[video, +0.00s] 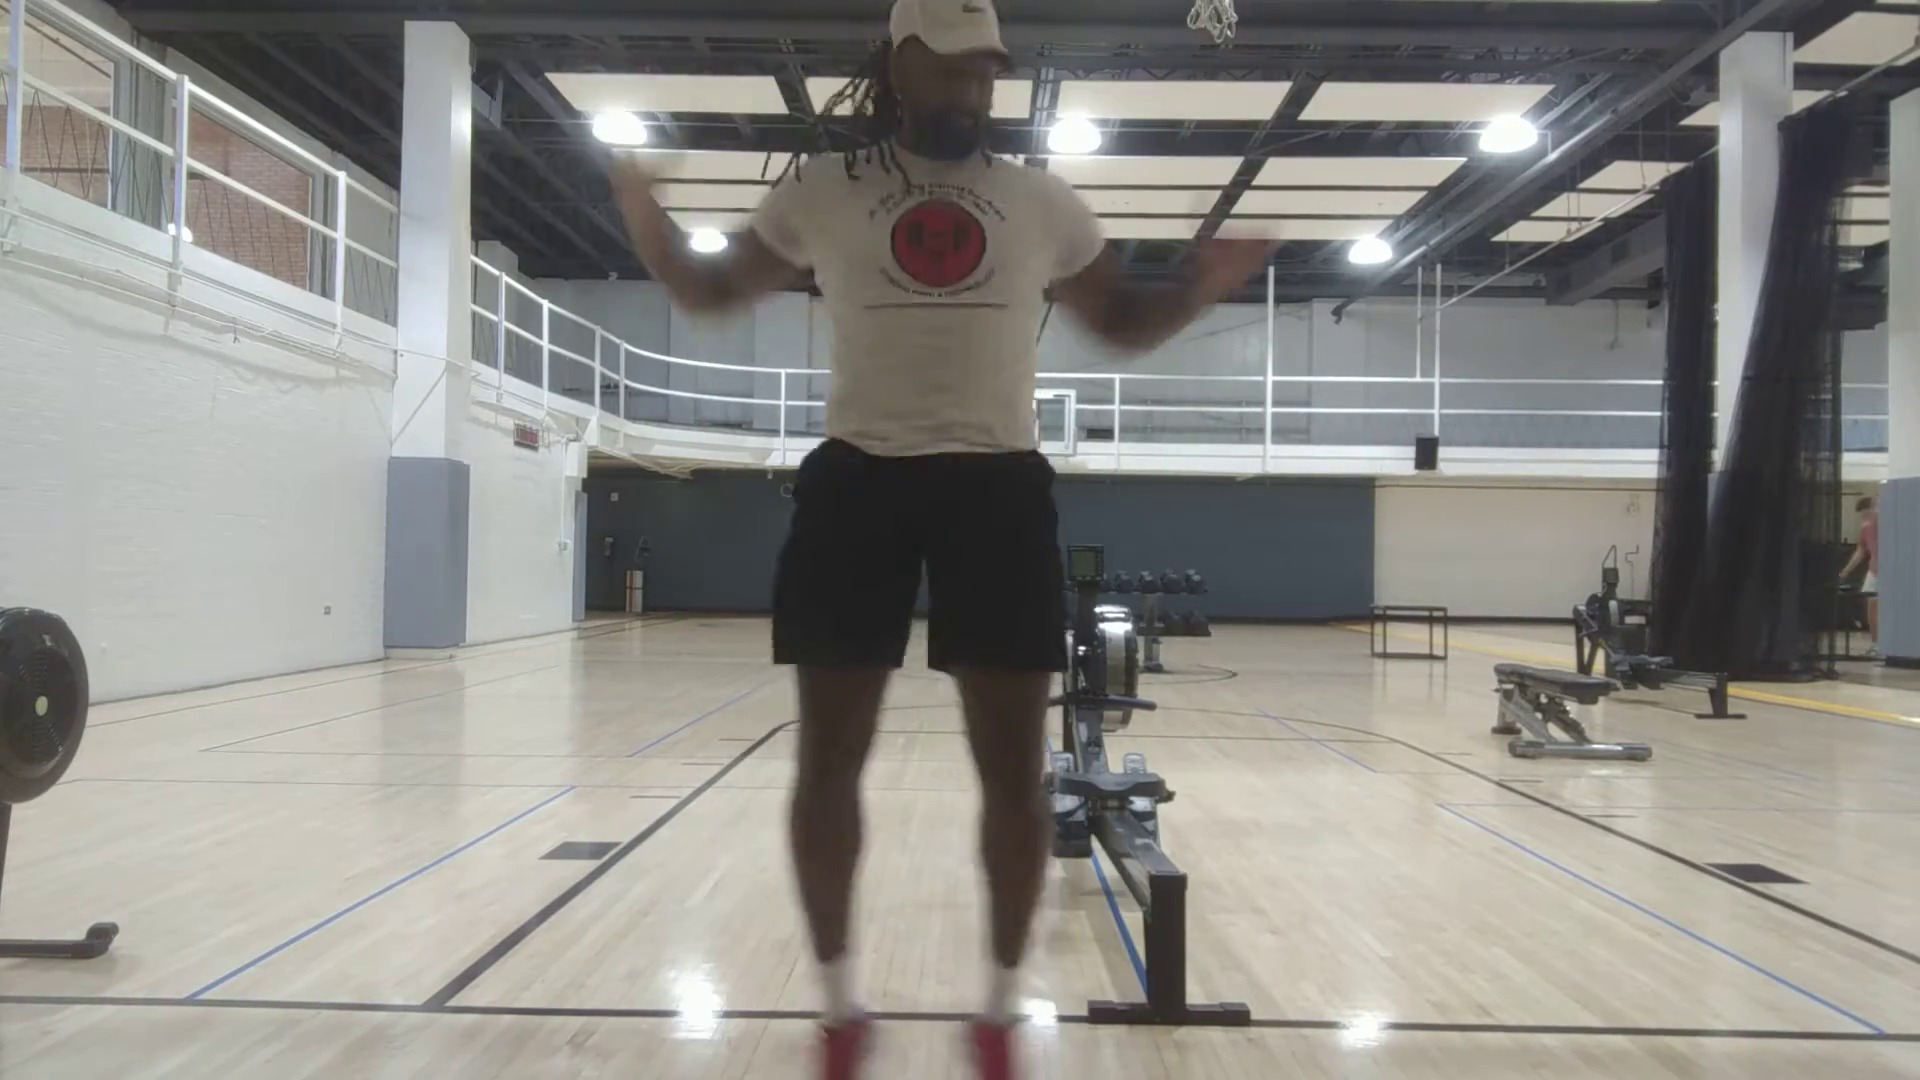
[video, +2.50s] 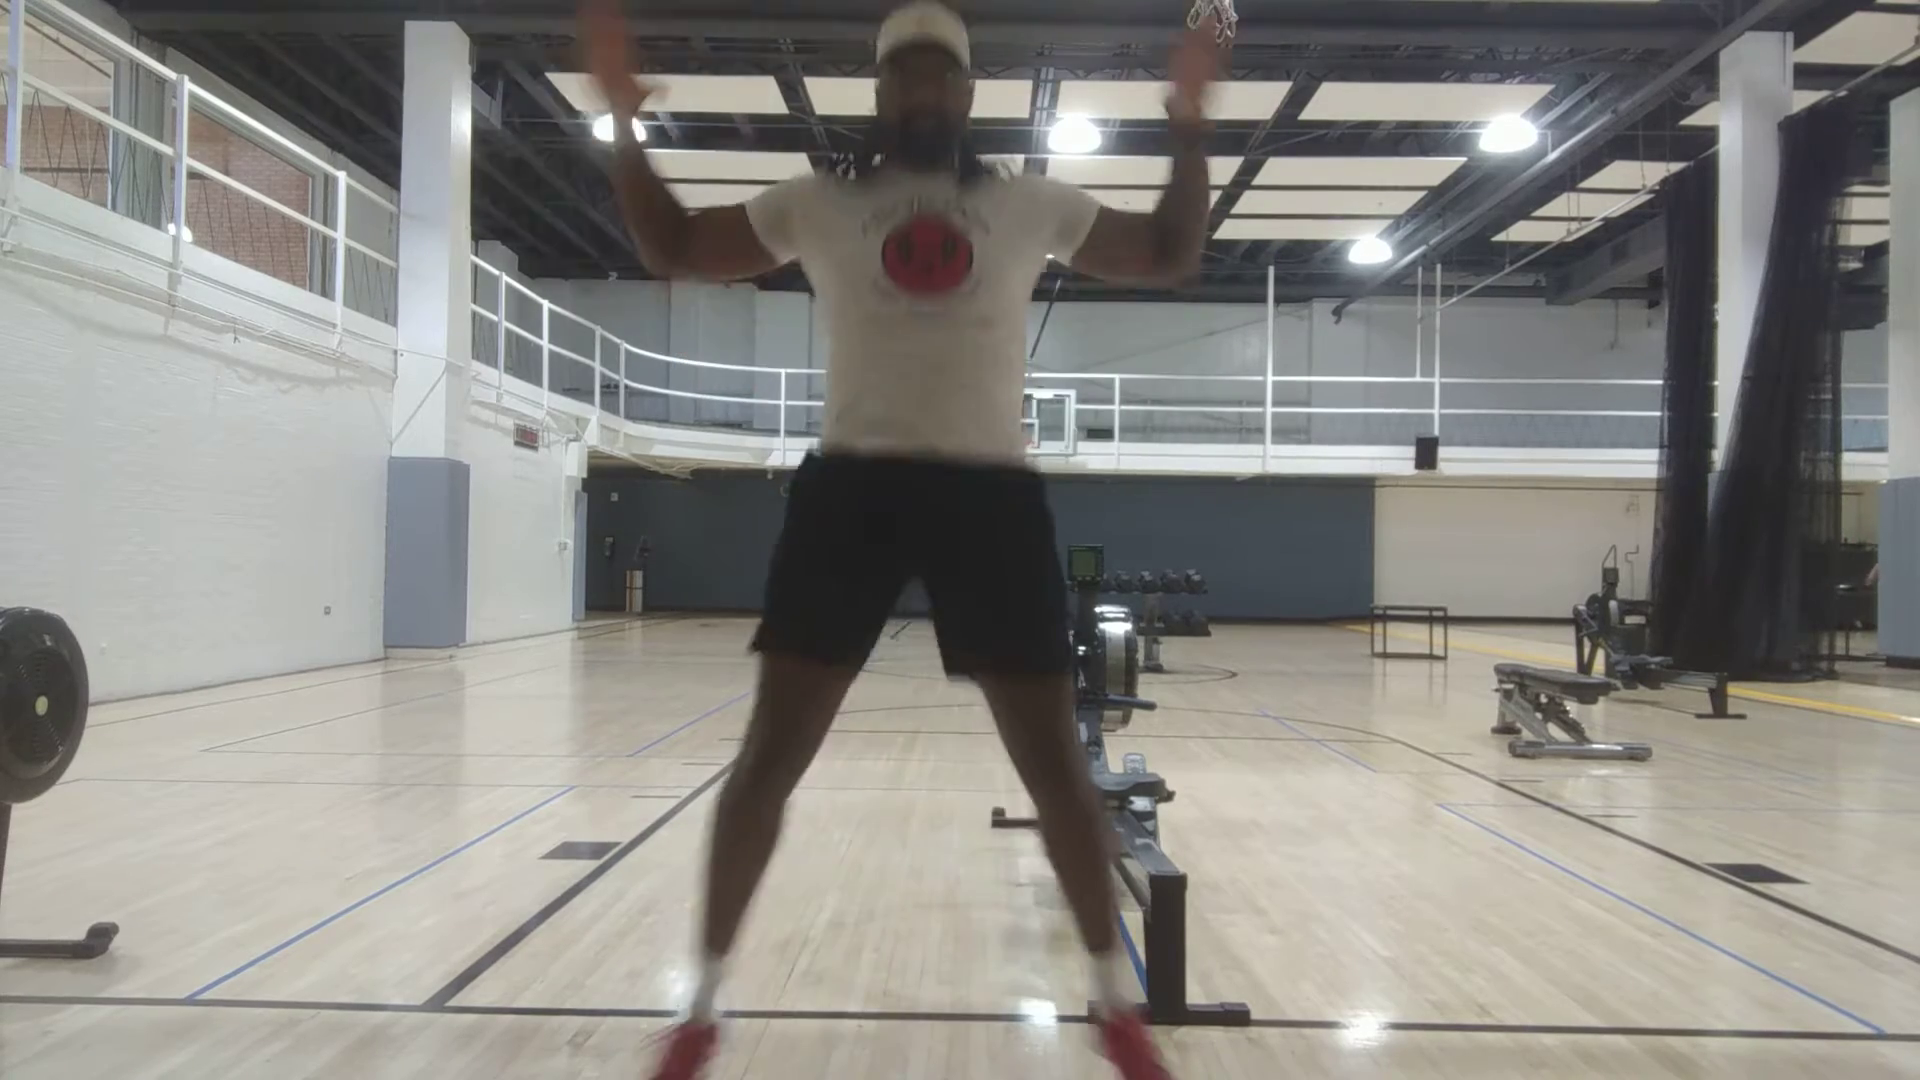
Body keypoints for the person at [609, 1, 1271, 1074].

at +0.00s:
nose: (971, 91)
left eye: (984, 71)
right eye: (950, 70)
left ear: (997, 76)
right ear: (896, 70)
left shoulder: (1039, 195)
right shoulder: (825, 188)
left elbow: (1122, 321)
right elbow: (712, 292)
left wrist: (1200, 281)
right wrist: (646, 214)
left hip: (999, 495)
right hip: (856, 492)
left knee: (1016, 768)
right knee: (831, 759)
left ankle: (1000, 1004)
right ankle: (840, 1003)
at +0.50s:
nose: (982, 146)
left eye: (991, 125)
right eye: (961, 125)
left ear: (997, 113)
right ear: (899, 109)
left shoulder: (1028, 213)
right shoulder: (824, 198)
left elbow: (1166, 255)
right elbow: (671, 250)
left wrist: (1195, 139)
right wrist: (613, 125)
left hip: (990, 499)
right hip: (852, 494)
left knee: (1031, 761)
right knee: (796, 754)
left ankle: (1061, 993)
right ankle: (765, 974)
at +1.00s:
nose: (988, 126)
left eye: (998, 106)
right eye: (968, 108)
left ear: (1007, 101)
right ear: (913, 98)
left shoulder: (1038, 215)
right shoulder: (838, 205)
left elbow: (1096, 346)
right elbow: (743, 325)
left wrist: (1171, 329)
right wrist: (697, 290)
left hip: (993, 499)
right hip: (861, 494)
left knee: (993, 753)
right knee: (845, 743)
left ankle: (970, 986)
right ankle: (862, 976)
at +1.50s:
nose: (961, 123)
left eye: (977, 104)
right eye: (942, 104)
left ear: (1004, 105)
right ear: (907, 103)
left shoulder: (1055, 200)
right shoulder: (851, 195)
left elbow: (1190, 252)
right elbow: (703, 235)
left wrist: (1214, 124)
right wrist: (656, 112)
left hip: (1011, 493)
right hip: (875, 485)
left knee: (1057, 747)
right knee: (802, 733)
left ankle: (1104, 989)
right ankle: (739, 977)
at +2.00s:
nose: (937, 89)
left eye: (954, 71)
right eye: (919, 71)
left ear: (980, 87)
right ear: (886, 87)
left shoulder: (1035, 211)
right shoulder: (833, 215)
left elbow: (1092, 348)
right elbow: (761, 340)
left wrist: (1162, 332)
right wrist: (724, 325)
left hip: (997, 501)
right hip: (866, 498)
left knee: (993, 766)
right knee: (849, 760)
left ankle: (967, 1001)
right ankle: (868, 997)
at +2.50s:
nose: (922, 87)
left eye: (940, 69)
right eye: (903, 69)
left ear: (972, 90)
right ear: (874, 92)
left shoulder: (1030, 206)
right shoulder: (821, 202)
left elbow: (1173, 253)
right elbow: (672, 244)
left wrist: (1189, 116)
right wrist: (622, 111)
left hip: (993, 497)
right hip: (851, 493)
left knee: (1056, 759)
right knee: (768, 758)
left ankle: (1118, 997)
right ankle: (700, 1002)